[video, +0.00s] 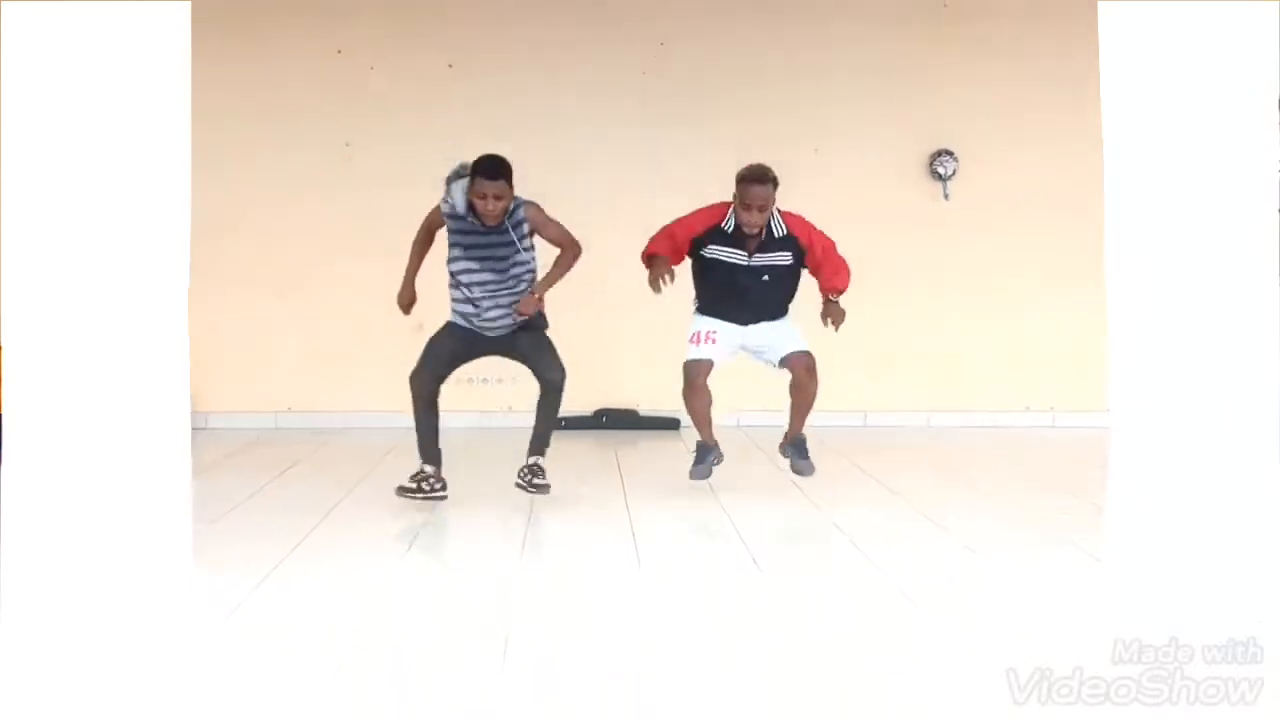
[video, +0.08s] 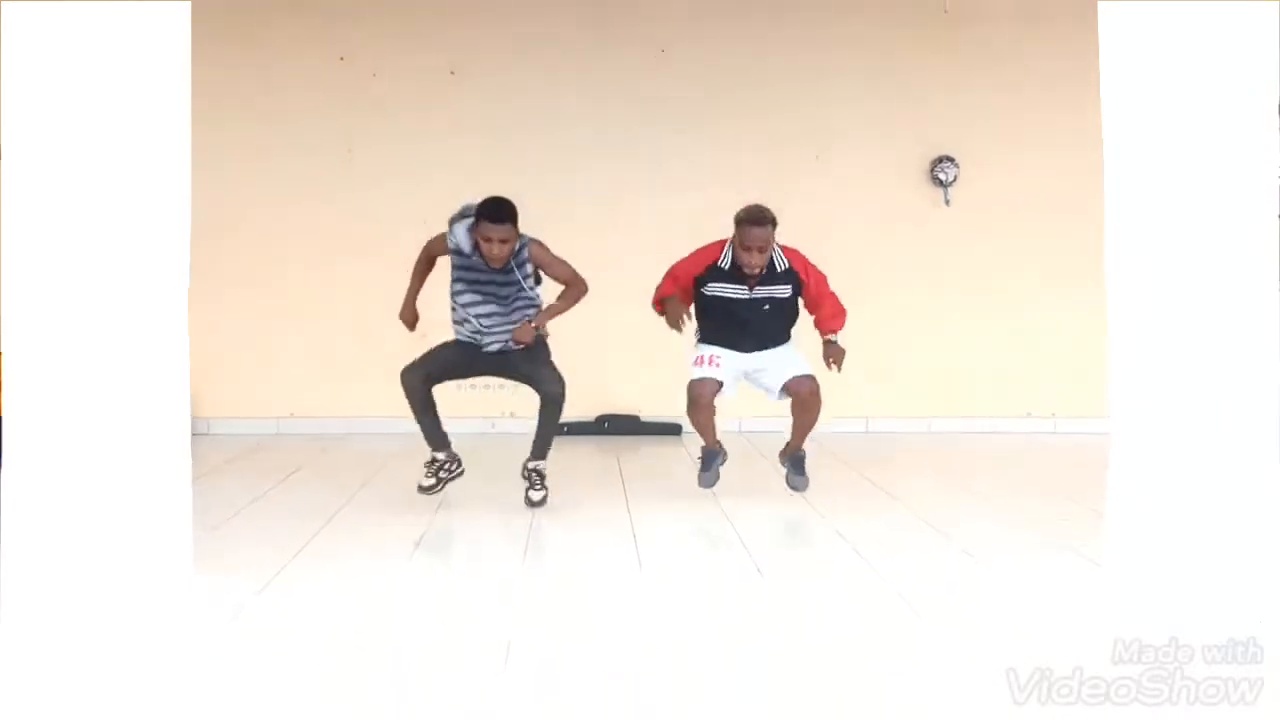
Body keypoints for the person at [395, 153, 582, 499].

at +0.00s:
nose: (490, 205)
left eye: (498, 197)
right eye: (482, 197)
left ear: (510, 193)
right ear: (470, 191)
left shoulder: (527, 214)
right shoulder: (453, 209)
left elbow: (572, 248)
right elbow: (429, 228)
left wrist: (539, 292)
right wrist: (408, 282)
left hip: (519, 329)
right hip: (466, 328)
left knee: (553, 377)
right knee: (422, 381)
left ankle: (534, 464)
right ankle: (430, 473)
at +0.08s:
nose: (495, 250)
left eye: (504, 242)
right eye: (487, 241)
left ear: (516, 235)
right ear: (476, 232)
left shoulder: (530, 251)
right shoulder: (457, 241)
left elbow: (578, 286)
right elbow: (428, 253)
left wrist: (536, 322)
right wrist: (409, 302)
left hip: (519, 352)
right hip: (470, 349)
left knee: (554, 389)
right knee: (413, 377)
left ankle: (536, 467)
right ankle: (443, 457)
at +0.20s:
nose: (498, 330)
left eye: (507, 321)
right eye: (490, 320)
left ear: (519, 314)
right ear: (479, 312)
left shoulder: (533, 326)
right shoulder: (464, 311)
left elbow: (579, 363)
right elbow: (435, 319)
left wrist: (532, 395)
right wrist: (405, 362)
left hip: (518, 414)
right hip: (473, 413)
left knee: (555, 422)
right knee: (411, 427)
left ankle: (538, 487)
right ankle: (462, 484)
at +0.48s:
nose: (498, 297)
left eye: (506, 289)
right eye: (491, 289)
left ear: (522, 283)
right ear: (484, 282)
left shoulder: (537, 308)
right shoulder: (471, 302)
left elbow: (553, 364)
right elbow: (440, 325)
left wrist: (504, 403)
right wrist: (411, 371)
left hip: (518, 401)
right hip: (470, 394)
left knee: (550, 436)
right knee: (404, 410)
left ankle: (529, 500)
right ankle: (419, 485)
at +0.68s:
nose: (501, 261)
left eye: (509, 254)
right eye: (494, 253)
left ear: (523, 250)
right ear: (485, 247)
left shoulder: (538, 284)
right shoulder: (462, 268)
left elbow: (554, 346)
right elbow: (431, 298)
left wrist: (508, 379)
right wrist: (417, 352)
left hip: (526, 366)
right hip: (480, 366)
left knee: (541, 412)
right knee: (441, 419)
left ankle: (569, 484)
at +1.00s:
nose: (493, 290)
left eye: (501, 283)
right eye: (488, 283)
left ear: (518, 280)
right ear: (481, 279)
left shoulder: (533, 303)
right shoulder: (471, 307)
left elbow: (545, 357)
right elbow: (453, 344)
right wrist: (429, 389)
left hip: (525, 407)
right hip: (481, 400)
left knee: (562, 457)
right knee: (442, 427)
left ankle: (527, 495)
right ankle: (427, 481)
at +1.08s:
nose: (490, 319)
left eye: (498, 312)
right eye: (484, 311)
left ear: (514, 309)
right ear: (476, 306)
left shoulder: (530, 332)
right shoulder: (467, 328)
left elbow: (548, 391)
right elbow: (447, 372)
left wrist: (511, 436)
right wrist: (424, 419)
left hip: (528, 419)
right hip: (487, 414)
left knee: (557, 464)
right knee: (442, 432)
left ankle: (532, 499)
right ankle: (450, 487)